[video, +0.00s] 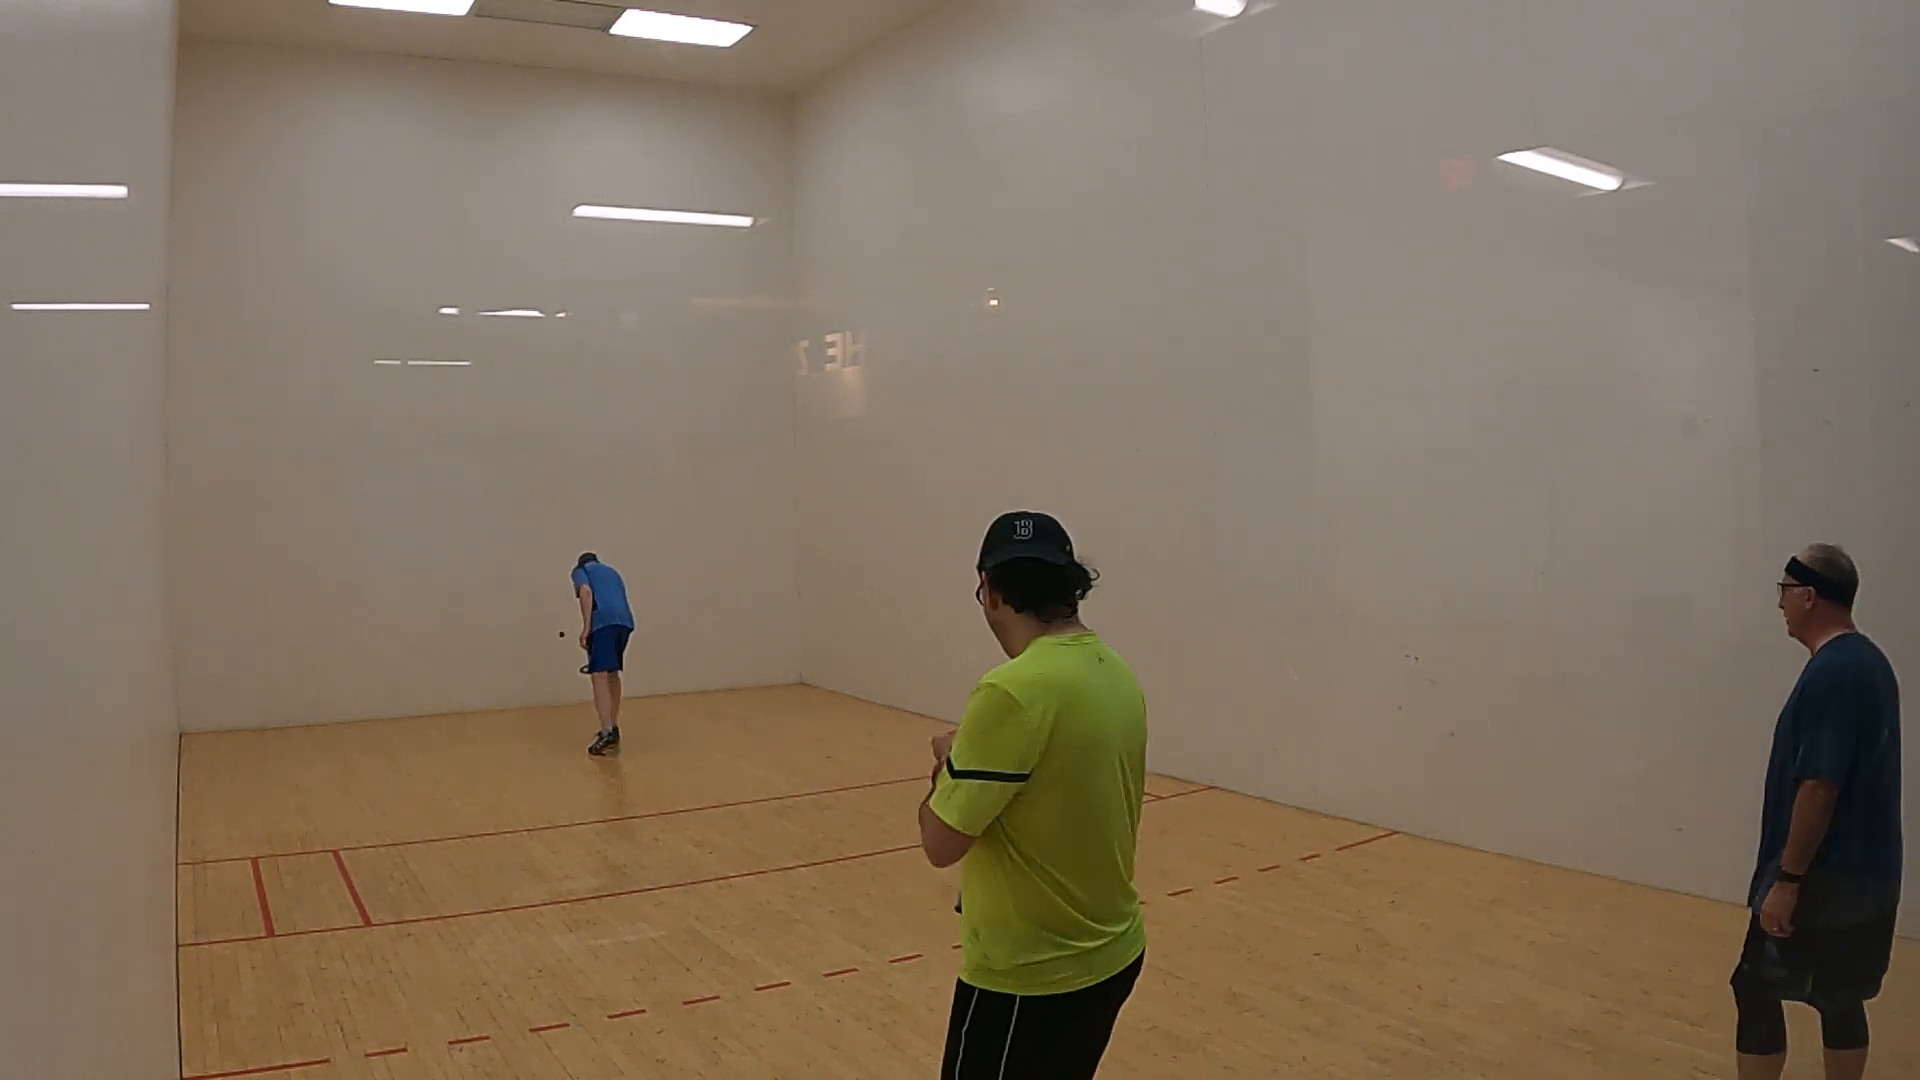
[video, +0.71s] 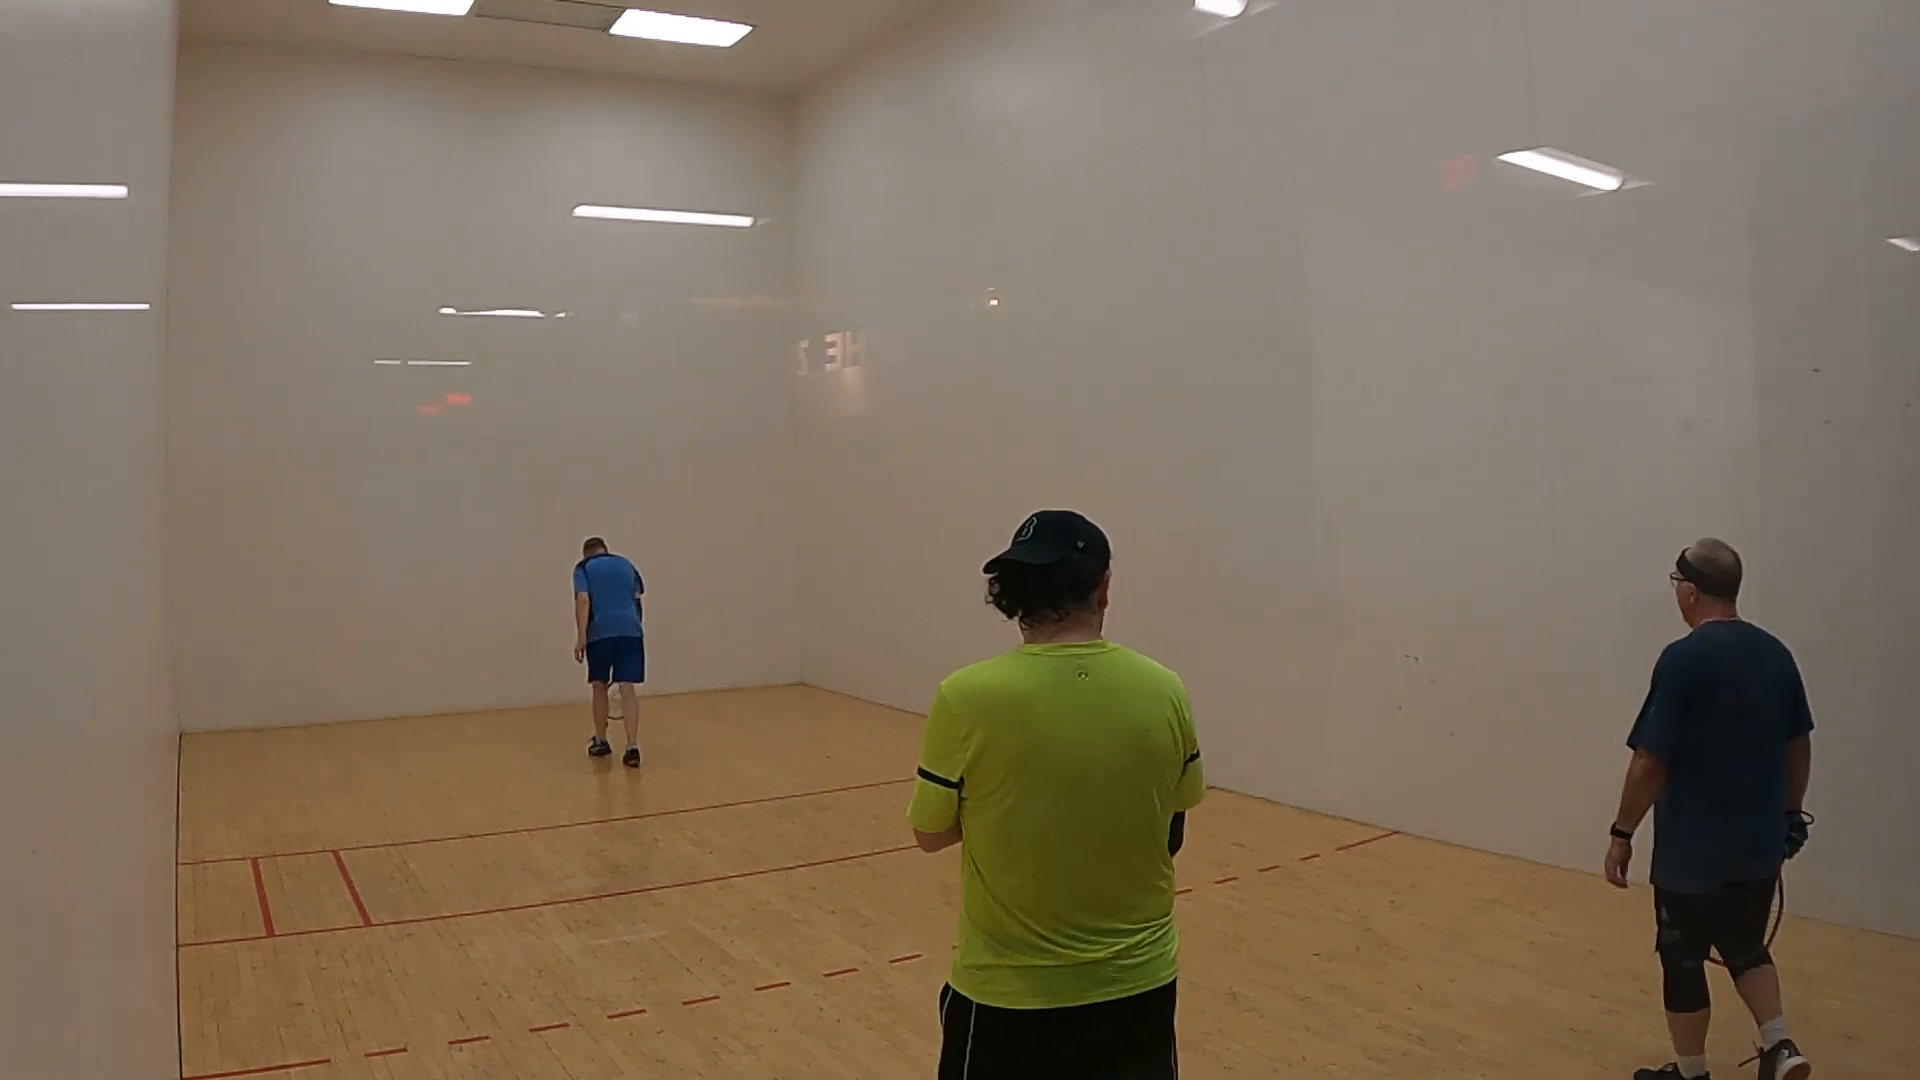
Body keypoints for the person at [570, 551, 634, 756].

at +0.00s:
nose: (580, 571)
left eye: (579, 568)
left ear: (581, 564)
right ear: (597, 561)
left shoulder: (580, 570)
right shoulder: (611, 571)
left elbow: (585, 591)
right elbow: (615, 603)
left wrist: (586, 626)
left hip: (603, 622)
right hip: (625, 622)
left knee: (599, 675)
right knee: (613, 674)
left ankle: (607, 730)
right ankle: (612, 725)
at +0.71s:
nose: (587, 559)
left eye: (586, 556)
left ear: (585, 554)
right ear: (606, 549)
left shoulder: (582, 567)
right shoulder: (626, 563)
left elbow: (583, 600)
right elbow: (638, 595)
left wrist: (581, 638)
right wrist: (635, 626)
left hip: (600, 633)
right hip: (631, 632)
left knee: (599, 686)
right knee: (628, 688)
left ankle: (601, 740)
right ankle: (632, 745)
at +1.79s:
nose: (622, 554)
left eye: (615, 551)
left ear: (613, 550)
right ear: (637, 547)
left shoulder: (604, 573)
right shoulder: (659, 569)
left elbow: (599, 612)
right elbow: (670, 611)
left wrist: (598, 650)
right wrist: (674, 646)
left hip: (620, 652)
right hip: (652, 651)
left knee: (619, 707)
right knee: (653, 708)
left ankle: (618, 762)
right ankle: (657, 772)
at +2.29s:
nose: (635, 554)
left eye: (632, 549)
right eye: (644, 548)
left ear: (628, 550)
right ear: (654, 549)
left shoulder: (617, 574)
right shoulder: (675, 572)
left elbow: (606, 619)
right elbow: (685, 617)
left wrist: (594, 653)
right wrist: (694, 656)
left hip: (631, 662)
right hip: (664, 660)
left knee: (637, 721)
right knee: (660, 715)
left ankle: (648, 784)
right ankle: (658, 777)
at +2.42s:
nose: (633, 558)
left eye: (629, 554)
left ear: (626, 555)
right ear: (651, 551)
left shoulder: (616, 578)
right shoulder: (675, 573)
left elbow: (605, 625)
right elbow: (685, 617)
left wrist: (592, 653)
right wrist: (695, 658)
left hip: (635, 665)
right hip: (669, 663)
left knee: (644, 726)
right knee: (663, 720)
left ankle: (652, 794)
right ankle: (662, 775)